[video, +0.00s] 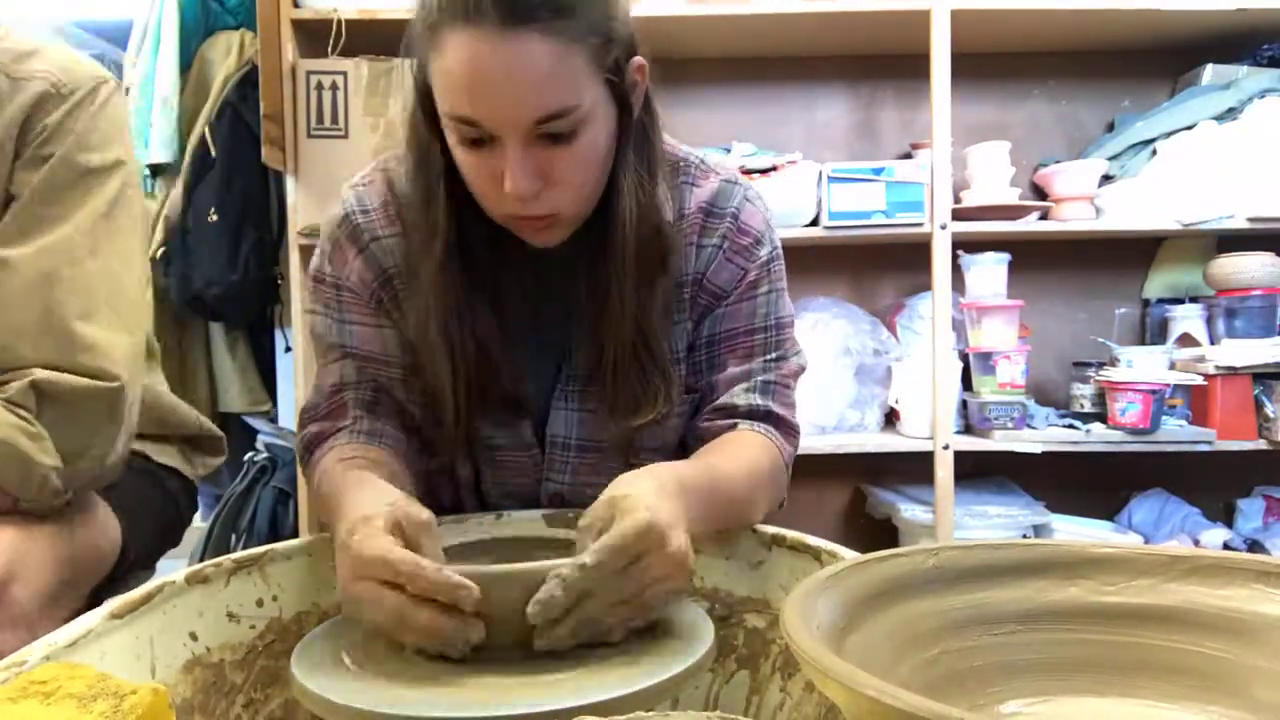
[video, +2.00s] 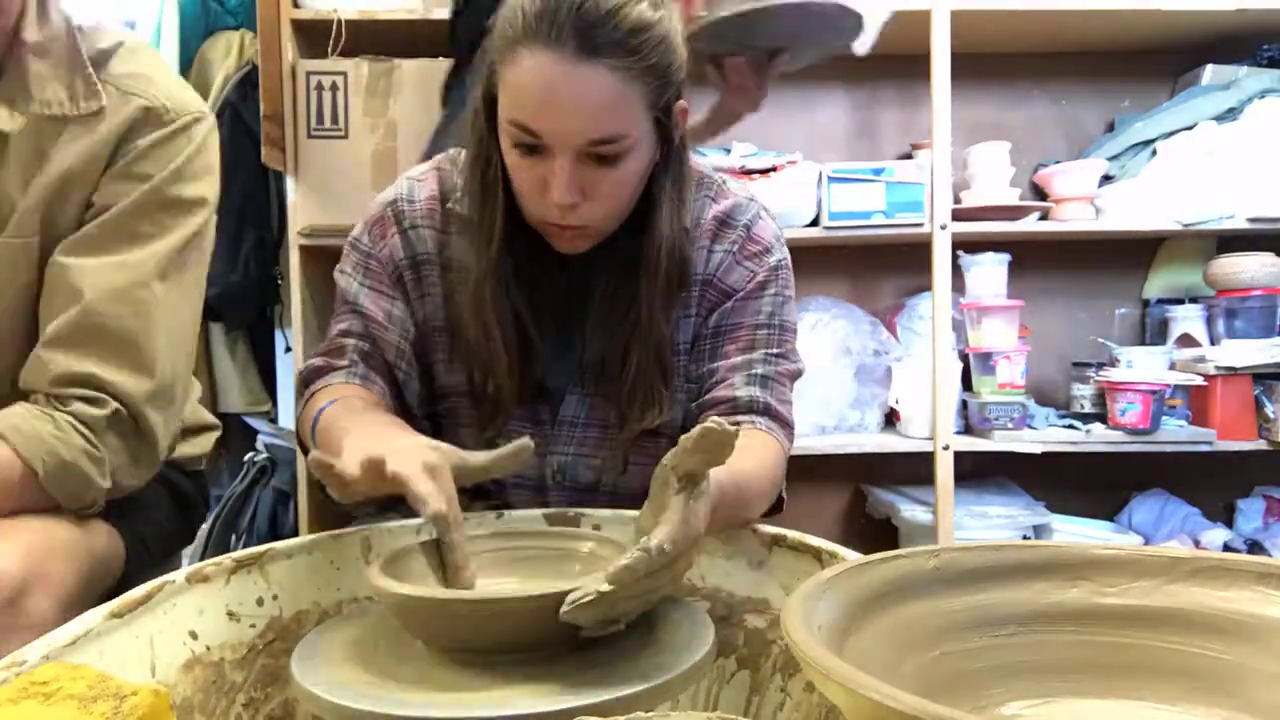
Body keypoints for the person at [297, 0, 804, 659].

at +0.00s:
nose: (518, 182)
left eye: (556, 133)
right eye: (474, 139)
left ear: (630, 89)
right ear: (435, 119)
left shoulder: (718, 221)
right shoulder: (378, 223)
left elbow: (759, 436)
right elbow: (350, 420)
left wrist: (679, 496)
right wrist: (363, 506)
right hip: (448, 611)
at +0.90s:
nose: (496, 99)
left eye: (531, 55)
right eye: (457, 67)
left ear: (603, 51)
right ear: (427, 78)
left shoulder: (705, 221)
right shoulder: (380, 234)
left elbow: (743, 425)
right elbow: (394, 421)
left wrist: (682, 480)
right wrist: (376, 493)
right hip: (458, 609)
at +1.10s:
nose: (432, 221)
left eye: (441, 172)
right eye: (396, 200)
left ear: (511, 108)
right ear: (374, 190)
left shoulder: (682, 220)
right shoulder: (391, 253)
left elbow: (726, 403)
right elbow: (419, 409)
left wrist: (662, 512)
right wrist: (432, 514)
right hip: (485, 584)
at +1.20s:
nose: (463, 205)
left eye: (479, 153)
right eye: (421, 178)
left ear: (548, 98)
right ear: (392, 168)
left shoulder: (695, 217)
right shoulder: (396, 247)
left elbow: (730, 403)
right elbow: (421, 415)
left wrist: (670, 518)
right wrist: (438, 512)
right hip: (488, 591)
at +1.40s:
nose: (547, 168)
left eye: (587, 127)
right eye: (510, 126)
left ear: (648, 106)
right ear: (469, 109)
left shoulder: (723, 227)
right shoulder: (408, 224)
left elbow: (750, 432)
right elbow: (383, 398)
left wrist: (688, 495)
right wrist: (373, 488)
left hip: (653, 585)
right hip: (466, 578)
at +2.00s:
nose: (561, 195)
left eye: (603, 156)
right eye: (528, 148)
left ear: (672, 127)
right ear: (492, 118)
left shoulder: (734, 241)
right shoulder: (410, 224)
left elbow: (755, 430)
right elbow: (339, 379)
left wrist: (702, 502)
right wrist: (376, 437)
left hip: (645, 592)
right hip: (448, 589)